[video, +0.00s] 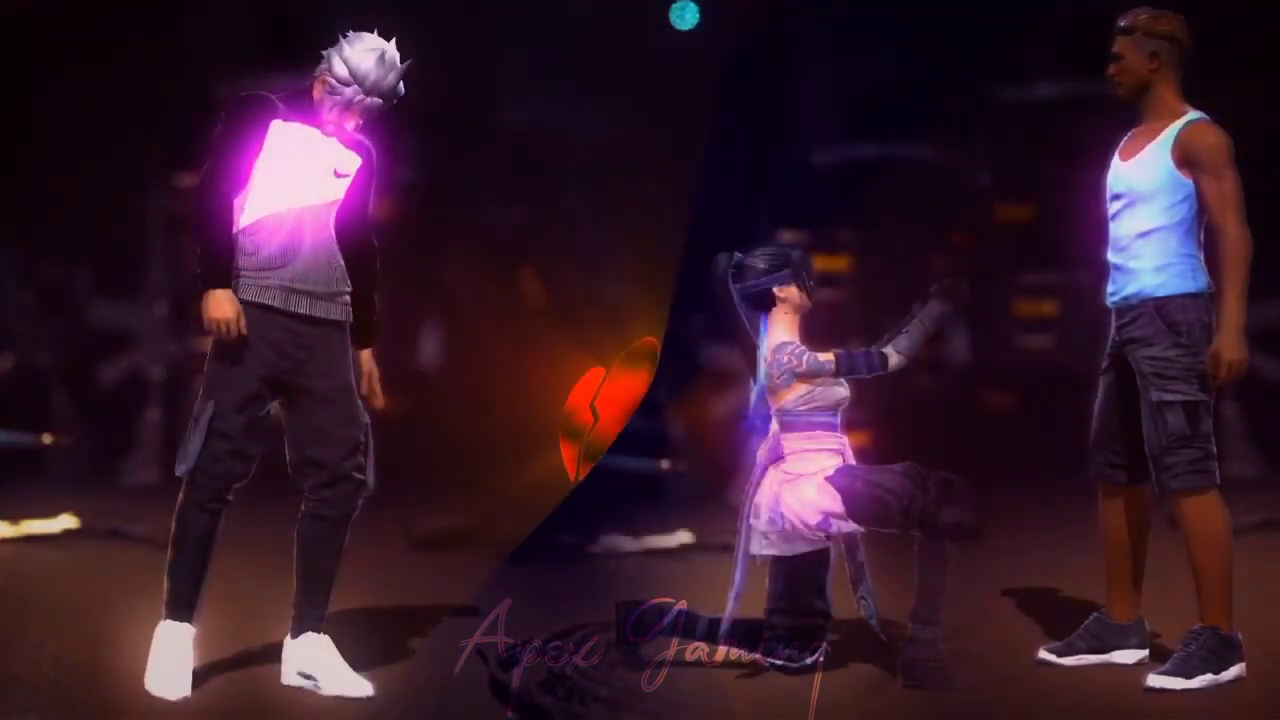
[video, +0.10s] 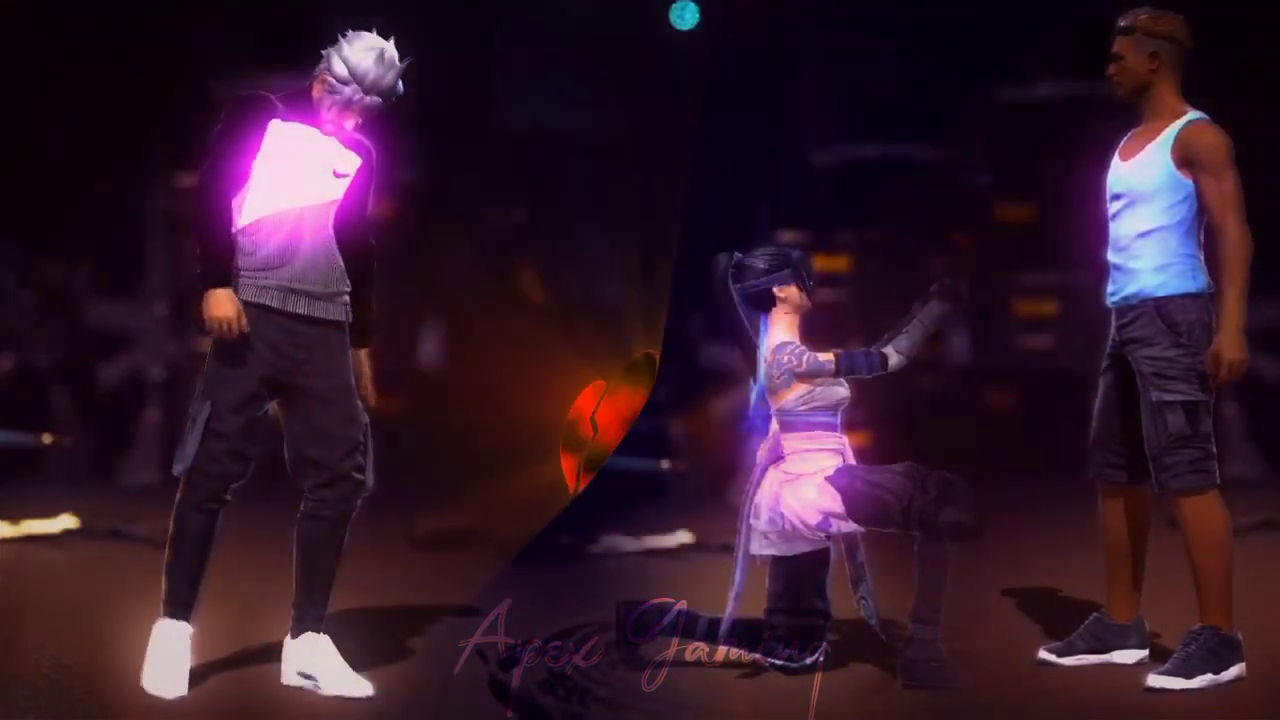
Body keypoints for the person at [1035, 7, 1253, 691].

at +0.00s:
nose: (1111, 67)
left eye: (1120, 57)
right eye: (1111, 57)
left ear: (1157, 62)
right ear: (1141, 64)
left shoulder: (1199, 135)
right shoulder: (1132, 140)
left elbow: (1234, 235)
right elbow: (1136, 240)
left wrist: (1230, 329)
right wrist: (1119, 321)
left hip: (1172, 320)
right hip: (1126, 322)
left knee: (1189, 477)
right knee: (1117, 472)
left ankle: (1216, 636)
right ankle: (1121, 622)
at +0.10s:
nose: (1111, 67)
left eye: (1120, 58)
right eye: (1111, 58)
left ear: (1157, 62)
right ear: (1140, 65)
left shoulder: (1199, 135)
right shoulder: (1132, 140)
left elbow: (1234, 235)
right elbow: (1136, 240)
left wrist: (1230, 329)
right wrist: (1119, 321)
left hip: (1172, 320)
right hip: (1125, 323)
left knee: (1189, 477)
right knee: (1116, 471)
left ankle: (1217, 636)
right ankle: (1120, 622)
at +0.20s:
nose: (1110, 67)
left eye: (1120, 57)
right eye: (1111, 58)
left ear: (1157, 62)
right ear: (1141, 65)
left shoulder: (1198, 135)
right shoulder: (1132, 141)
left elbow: (1234, 235)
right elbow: (1136, 241)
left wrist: (1231, 330)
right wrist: (1119, 323)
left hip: (1173, 321)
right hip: (1126, 323)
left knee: (1188, 477)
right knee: (1117, 471)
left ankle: (1216, 635)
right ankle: (1120, 622)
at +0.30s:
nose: (1110, 68)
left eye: (1120, 57)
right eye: (1111, 58)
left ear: (1157, 62)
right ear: (1141, 65)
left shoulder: (1198, 135)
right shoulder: (1132, 141)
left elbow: (1234, 235)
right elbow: (1137, 241)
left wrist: (1231, 330)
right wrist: (1119, 322)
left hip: (1173, 321)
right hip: (1126, 324)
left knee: (1188, 478)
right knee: (1117, 472)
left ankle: (1216, 636)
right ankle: (1120, 623)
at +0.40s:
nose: (1110, 68)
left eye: (1120, 57)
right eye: (1111, 58)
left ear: (1157, 62)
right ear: (1141, 65)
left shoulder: (1198, 135)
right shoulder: (1132, 141)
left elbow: (1233, 234)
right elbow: (1137, 241)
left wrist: (1232, 330)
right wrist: (1119, 322)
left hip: (1173, 321)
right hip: (1125, 324)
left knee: (1188, 478)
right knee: (1116, 472)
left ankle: (1216, 636)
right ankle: (1120, 623)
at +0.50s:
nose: (1110, 68)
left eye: (1120, 57)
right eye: (1111, 58)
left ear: (1157, 62)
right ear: (1141, 65)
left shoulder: (1198, 135)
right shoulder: (1132, 141)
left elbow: (1234, 234)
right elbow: (1137, 241)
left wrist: (1232, 330)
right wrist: (1119, 322)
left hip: (1173, 321)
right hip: (1125, 324)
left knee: (1188, 478)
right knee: (1116, 472)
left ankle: (1216, 636)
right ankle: (1120, 623)